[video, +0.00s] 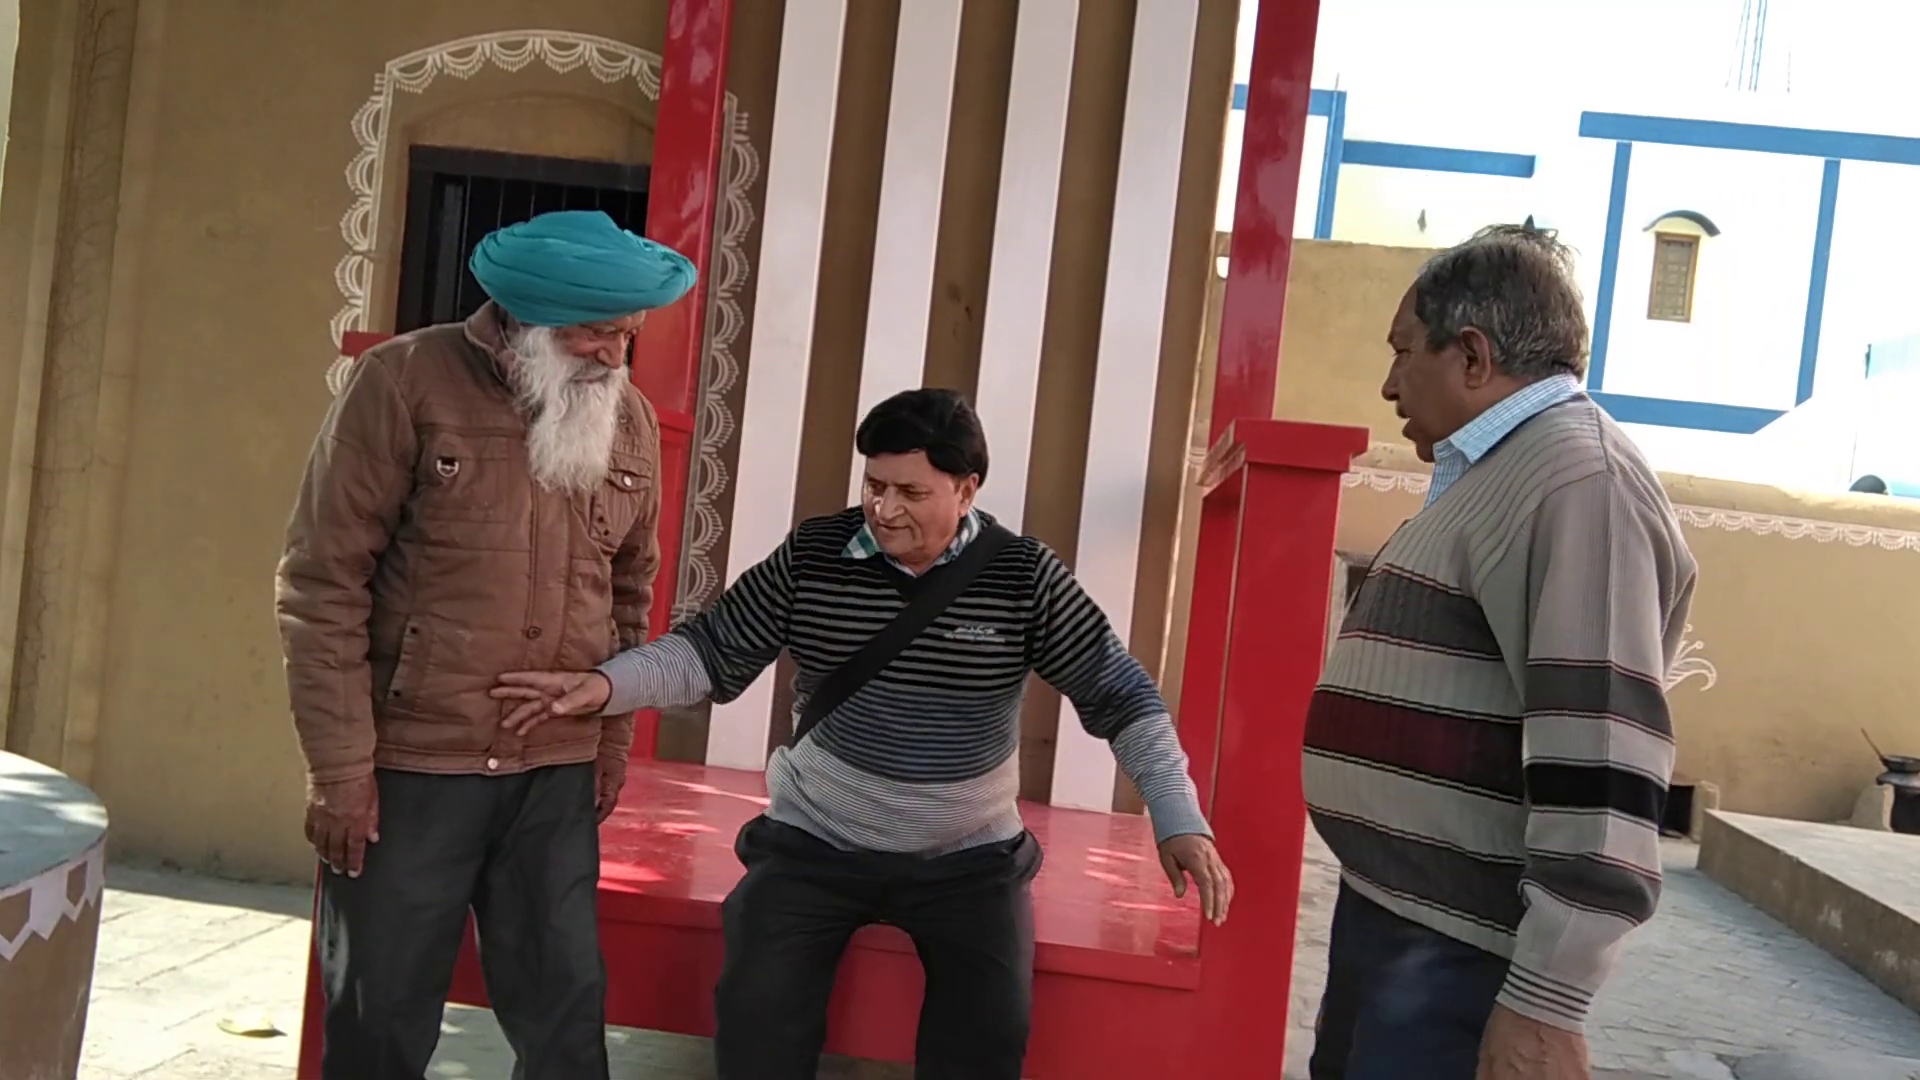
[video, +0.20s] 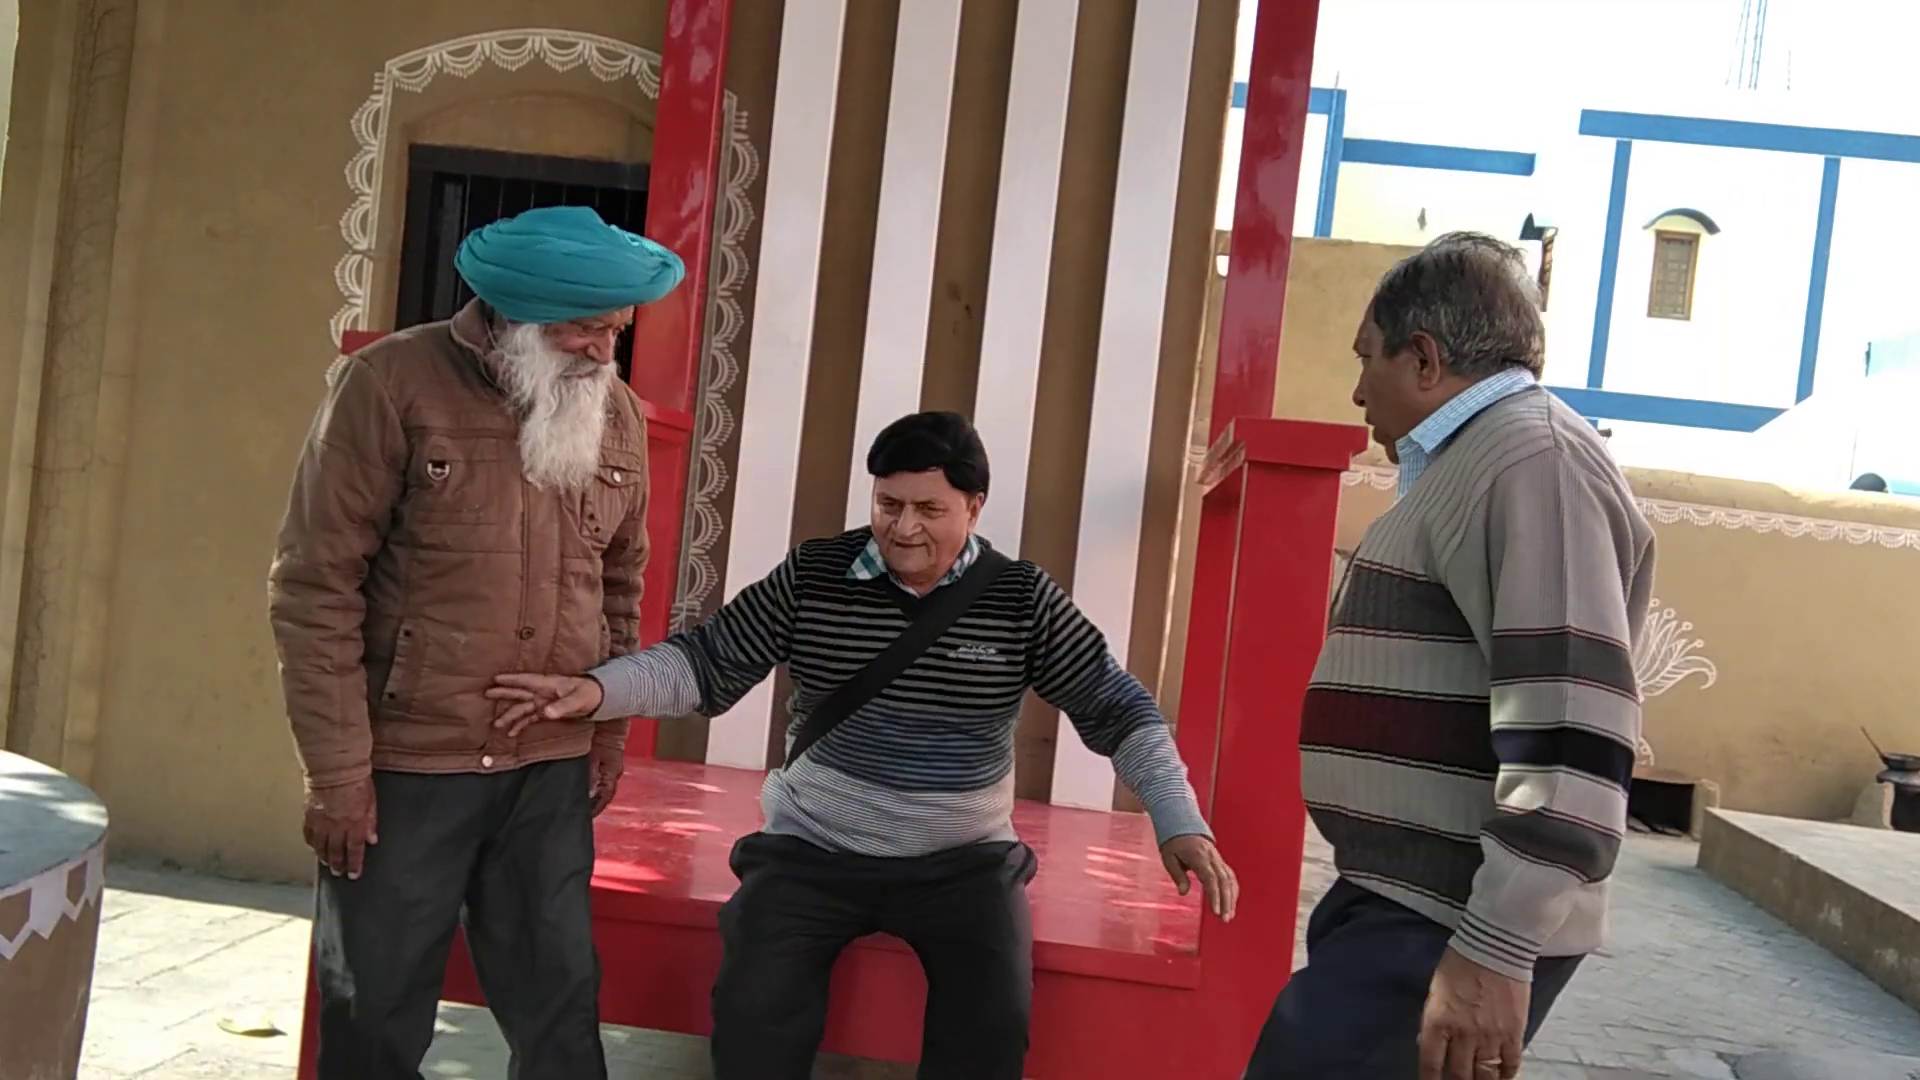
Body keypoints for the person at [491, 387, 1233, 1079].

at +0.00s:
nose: (884, 506)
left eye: (908, 491)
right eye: (874, 484)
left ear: (966, 489)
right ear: (859, 474)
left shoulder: (1022, 576)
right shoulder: (814, 554)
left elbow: (1124, 698)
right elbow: (709, 651)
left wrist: (1181, 819)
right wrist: (605, 683)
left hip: (968, 851)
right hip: (812, 836)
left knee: (988, 1024)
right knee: (756, 1009)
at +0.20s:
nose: (904, 527)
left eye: (928, 510)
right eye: (889, 506)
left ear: (973, 511)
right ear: (869, 500)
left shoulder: (1019, 599)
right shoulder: (812, 575)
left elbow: (1121, 711)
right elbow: (706, 662)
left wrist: (1180, 822)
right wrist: (601, 689)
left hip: (963, 854)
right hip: (812, 842)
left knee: (990, 1015)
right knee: (754, 1007)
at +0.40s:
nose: (916, 523)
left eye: (940, 508)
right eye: (901, 503)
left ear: (980, 515)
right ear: (879, 502)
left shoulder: (1023, 608)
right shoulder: (817, 581)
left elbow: (1119, 717)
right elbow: (705, 657)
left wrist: (1184, 822)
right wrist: (595, 680)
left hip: (964, 854)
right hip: (813, 843)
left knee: (996, 1014)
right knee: (755, 1009)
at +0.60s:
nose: (928, 513)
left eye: (949, 499)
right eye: (914, 494)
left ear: (983, 509)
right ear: (888, 497)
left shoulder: (1023, 603)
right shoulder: (824, 580)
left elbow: (1119, 711)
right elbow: (715, 651)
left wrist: (1178, 814)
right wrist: (611, 680)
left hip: (967, 850)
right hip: (819, 839)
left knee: (996, 1011)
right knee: (757, 996)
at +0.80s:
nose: (929, 511)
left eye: (952, 497)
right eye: (915, 492)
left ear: (986, 510)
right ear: (891, 497)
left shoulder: (1026, 604)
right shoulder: (826, 580)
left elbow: (1117, 713)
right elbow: (722, 651)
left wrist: (1158, 837)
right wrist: (620, 683)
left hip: (964, 848)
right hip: (819, 836)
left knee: (996, 994)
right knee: (756, 986)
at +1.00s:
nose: (932, 511)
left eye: (955, 497)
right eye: (918, 492)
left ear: (991, 510)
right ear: (895, 496)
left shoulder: (1029, 607)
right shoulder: (830, 583)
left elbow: (1112, 711)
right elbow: (728, 657)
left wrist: (1158, 805)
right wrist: (628, 685)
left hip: (963, 847)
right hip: (821, 835)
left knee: (995, 1006)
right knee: (755, 991)